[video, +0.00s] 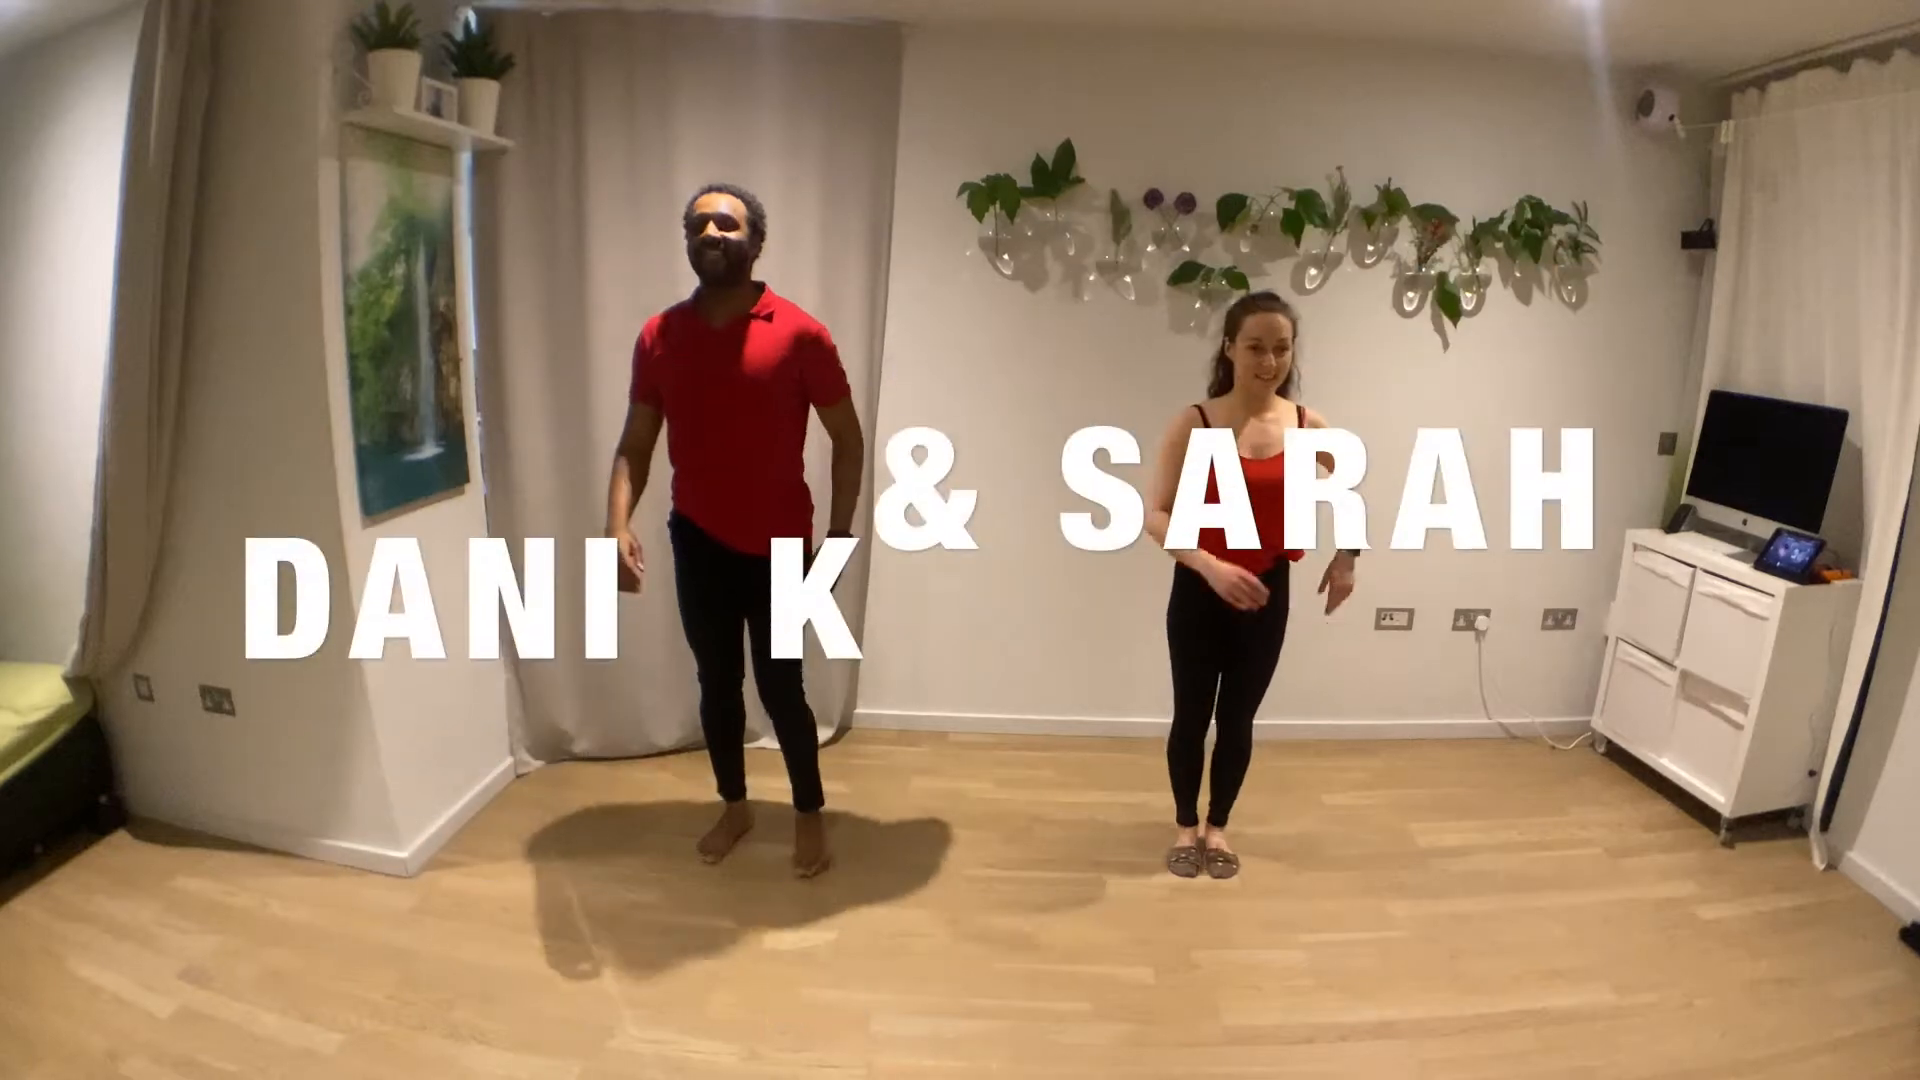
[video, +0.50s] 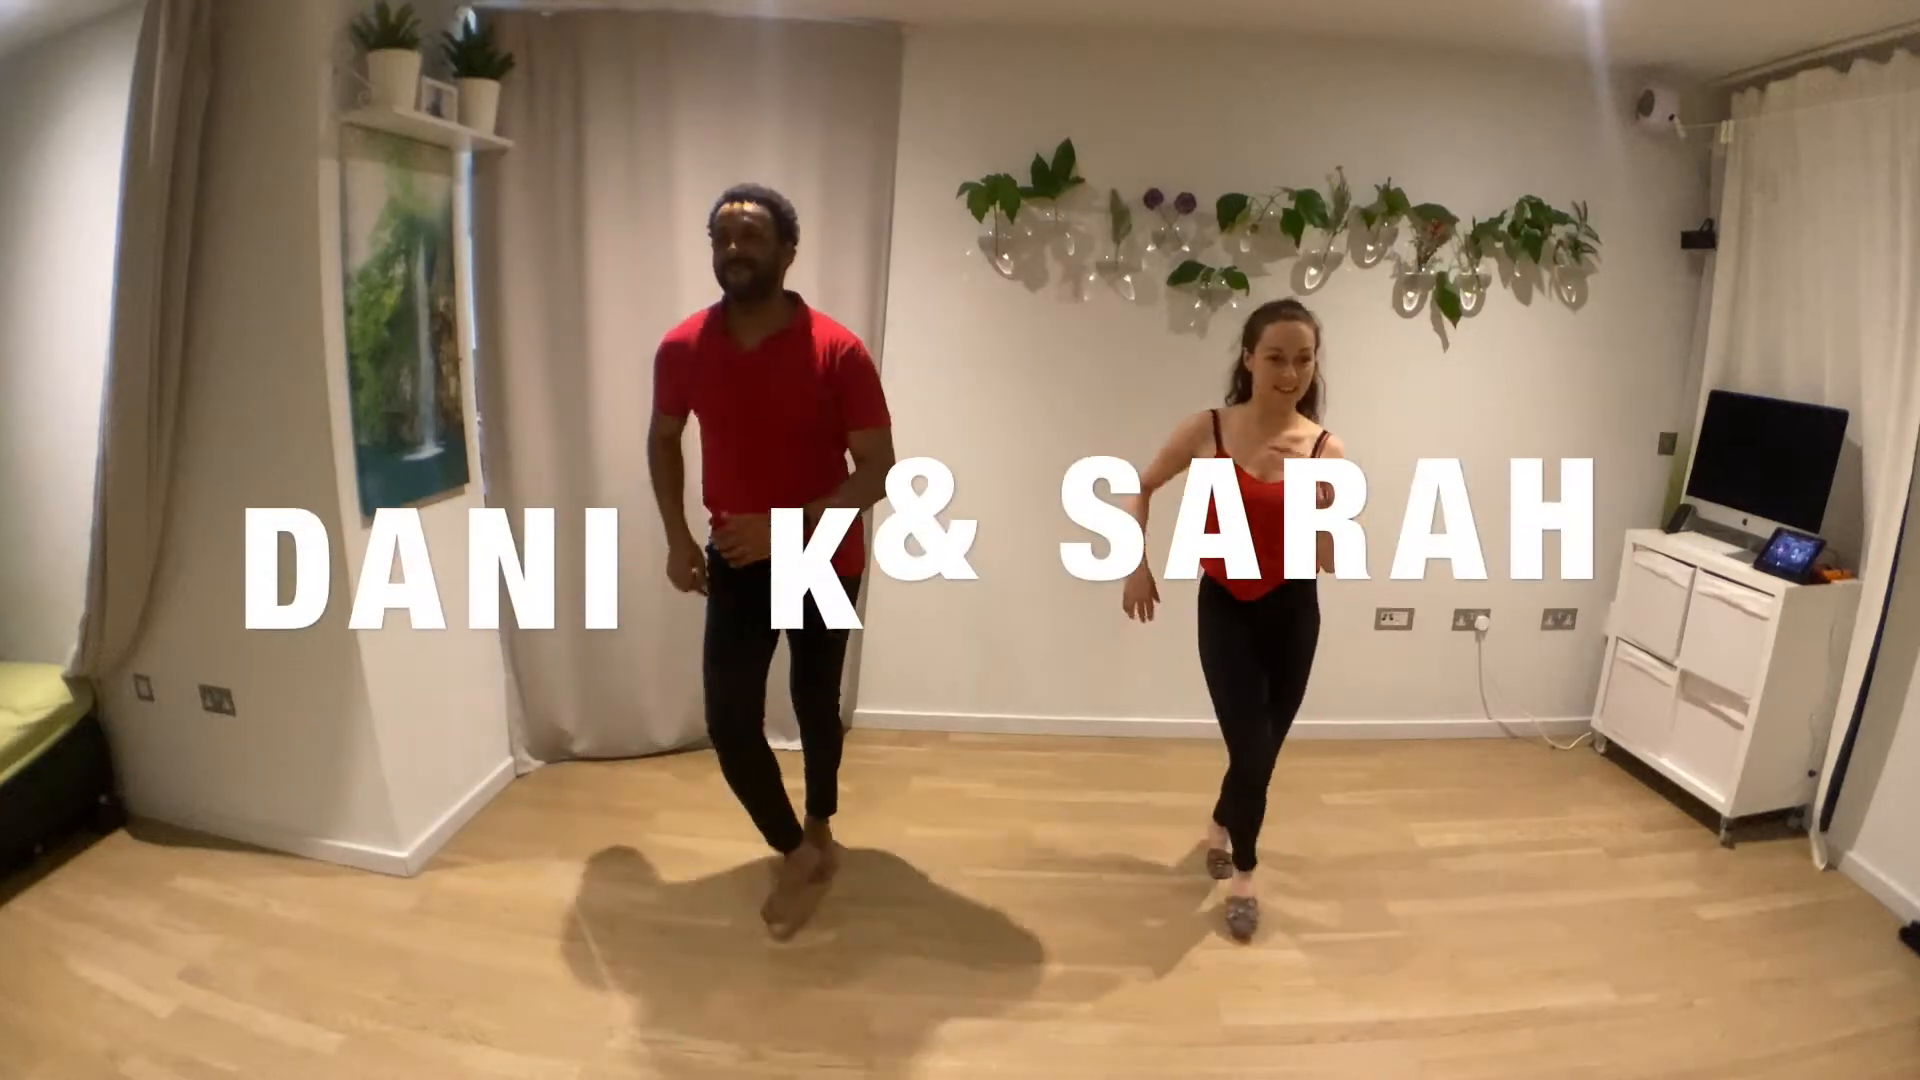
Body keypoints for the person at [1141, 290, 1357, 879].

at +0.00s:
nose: (1269, 360)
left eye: (1281, 348)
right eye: (1256, 346)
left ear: (1294, 352)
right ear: (1230, 347)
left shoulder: (1309, 425)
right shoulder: (1193, 423)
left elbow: (1344, 495)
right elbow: (1156, 516)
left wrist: (1345, 554)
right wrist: (1210, 566)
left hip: (1267, 591)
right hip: (1198, 585)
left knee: (1238, 717)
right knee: (1192, 714)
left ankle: (1216, 832)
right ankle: (1187, 830)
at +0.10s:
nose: (1271, 362)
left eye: (1283, 350)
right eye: (1259, 348)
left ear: (1295, 355)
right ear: (1231, 349)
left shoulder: (1310, 426)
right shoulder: (1195, 428)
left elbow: (1356, 487)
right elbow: (1177, 526)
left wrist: (1346, 541)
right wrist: (1201, 604)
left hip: (1270, 592)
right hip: (1204, 589)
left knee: (1241, 724)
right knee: (1200, 721)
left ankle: (1215, 836)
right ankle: (1187, 832)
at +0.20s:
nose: (1275, 368)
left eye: (1287, 356)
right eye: (1262, 355)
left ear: (1298, 361)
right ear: (1234, 356)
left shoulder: (1312, 433)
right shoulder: (1198, 436)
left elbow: (1357, 497)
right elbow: (1178, 537)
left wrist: (1332, 530)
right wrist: (1183, 624)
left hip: (1275, 600)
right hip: (1209, 599)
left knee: (1247, 735)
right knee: (1212, 736)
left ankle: (1216, 836)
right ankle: (1189, 825)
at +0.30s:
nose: (1277, 374)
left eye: (1289, 362)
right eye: (1264, 360)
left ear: (1302, 368)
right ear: (1238, 362)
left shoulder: (1315, 442)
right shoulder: (1202, 439)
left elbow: (1325, 549)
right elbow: (1164, 536)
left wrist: (1323, 505)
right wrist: (1164, 619)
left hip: (1283, 607)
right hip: (1217, 606)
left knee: (1251, 748)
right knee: (1230, 748)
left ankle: (1213, 837)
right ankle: (1202, 824)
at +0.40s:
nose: (1283, 373)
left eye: (1295, 361)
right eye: (1270, 359)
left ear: (1307, 368)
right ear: (1242, 361)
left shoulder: (1320, 446)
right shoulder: (1204, 436)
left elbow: (1331, 552)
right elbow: (1153, 512)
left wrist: (1317, 502)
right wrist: (1146, 595)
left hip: (1287, 609)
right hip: (1220, 608)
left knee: (1260, 745)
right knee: (1244, 746)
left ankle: (1221, 829)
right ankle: (1221, 833)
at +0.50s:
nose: (1290, 370)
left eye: (1302, 358)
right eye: (1277, 356)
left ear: (1314, 365)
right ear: (1248, 358)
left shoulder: (1322, 447)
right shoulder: (1206, 431)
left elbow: (1330, 557)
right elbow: (1139, 487)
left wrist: (1317, 486)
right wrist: (1137, 565)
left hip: (1293, 607)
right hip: (1225, 605)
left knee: (1265, 745)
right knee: (1252, 748)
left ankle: (1222, 824)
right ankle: (1245, 877)